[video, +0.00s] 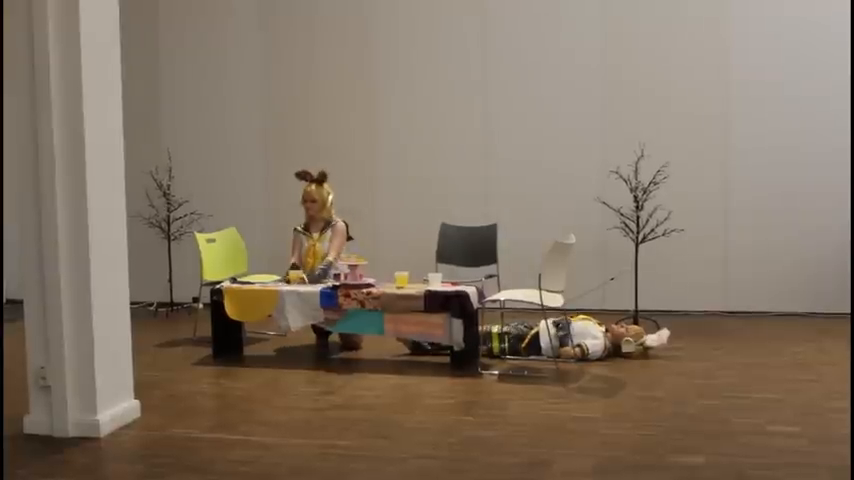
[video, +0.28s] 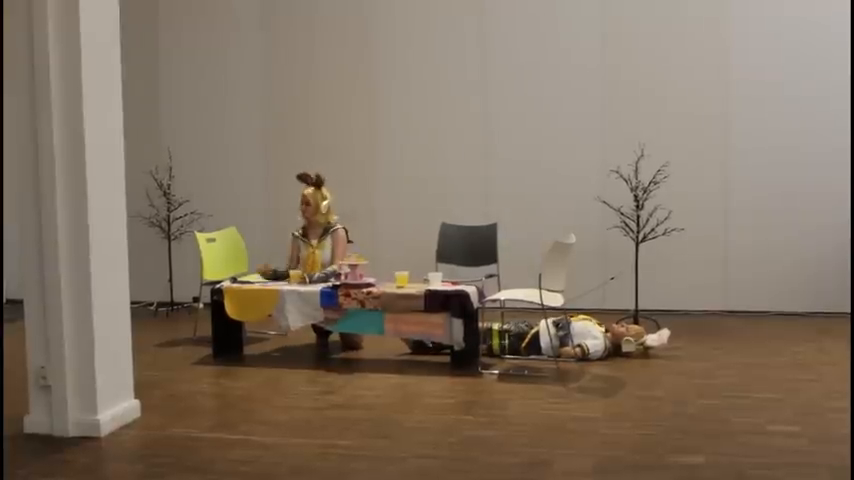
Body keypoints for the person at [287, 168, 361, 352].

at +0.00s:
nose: (307, 206)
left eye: (313, 202)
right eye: (305, 201)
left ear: (325, 203)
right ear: (301, 202)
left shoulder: (337, 227)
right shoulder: (301, 230)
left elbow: (333, 255)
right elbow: (295, 258)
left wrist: (317, 275)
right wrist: (292, 274)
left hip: (334, 285)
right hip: (308, 286)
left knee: (353, 342)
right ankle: (320, 336)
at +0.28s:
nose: (302, 208)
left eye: (307, 204)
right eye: (302, 204)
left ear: (321, 206)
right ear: (301, 205)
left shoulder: (336, 232)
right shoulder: (298, 234)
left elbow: (337, 266)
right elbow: (291, 269)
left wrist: (314, 278)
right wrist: (273, 273)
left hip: (332, 290)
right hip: (306, 292)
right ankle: (321, 335)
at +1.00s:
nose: (313, 216)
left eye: (318, 211)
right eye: (309, 211)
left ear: (329, 212)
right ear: (305, 212)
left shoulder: (342, 235)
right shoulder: (299, 238)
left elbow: (340, 270)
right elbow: (291, 273)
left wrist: (310, 279)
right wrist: (283, 266)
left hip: (338, 293)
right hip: (310, 295)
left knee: (354, 343)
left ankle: (348, 333)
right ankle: (321, 338)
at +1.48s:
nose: (315, 212)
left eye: (321, 208)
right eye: (312, 207)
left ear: (332, 209)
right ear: (308, 207)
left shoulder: (343, 234)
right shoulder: (301, 234)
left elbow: (338, 269)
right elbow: (291, 270)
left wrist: (307, 279)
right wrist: (290, 278)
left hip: (337, 291)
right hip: (310, 293)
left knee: (353, 344)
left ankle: (347, 336)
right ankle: (319, 339)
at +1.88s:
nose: (308, 210)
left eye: (313, 206)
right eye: (305, 206)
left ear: (325, 206)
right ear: (302, 207)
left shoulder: (342, 228)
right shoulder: (301, 235)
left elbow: (336, 262)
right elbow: (297, 271)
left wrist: (310, 279)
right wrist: (290, 279)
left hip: (340, 286)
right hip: (313, 289)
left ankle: (347, 335)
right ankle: (321, 338)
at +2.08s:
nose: (307, 214)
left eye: (313, 209)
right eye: (304, 210)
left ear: (324, 210)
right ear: (300, 211)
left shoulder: (337, 234)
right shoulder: (302, 238)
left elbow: (340, 270)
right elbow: (298, 270)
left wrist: (313, 279)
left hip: (339, 290)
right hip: (313, 292)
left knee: (355, 343)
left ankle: (348, 333)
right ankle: (322, 338)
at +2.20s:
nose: (312, 210)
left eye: (318, 206)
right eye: (308, 205)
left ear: (329, 209)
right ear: (304, 208)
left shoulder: (340, 235)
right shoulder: (301, 236)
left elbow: (341, 271)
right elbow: (297, 270)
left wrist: (313, 274)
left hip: (339, 291)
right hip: (312, 293)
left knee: (356, 342)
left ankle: (347, 332)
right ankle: (321, 336)